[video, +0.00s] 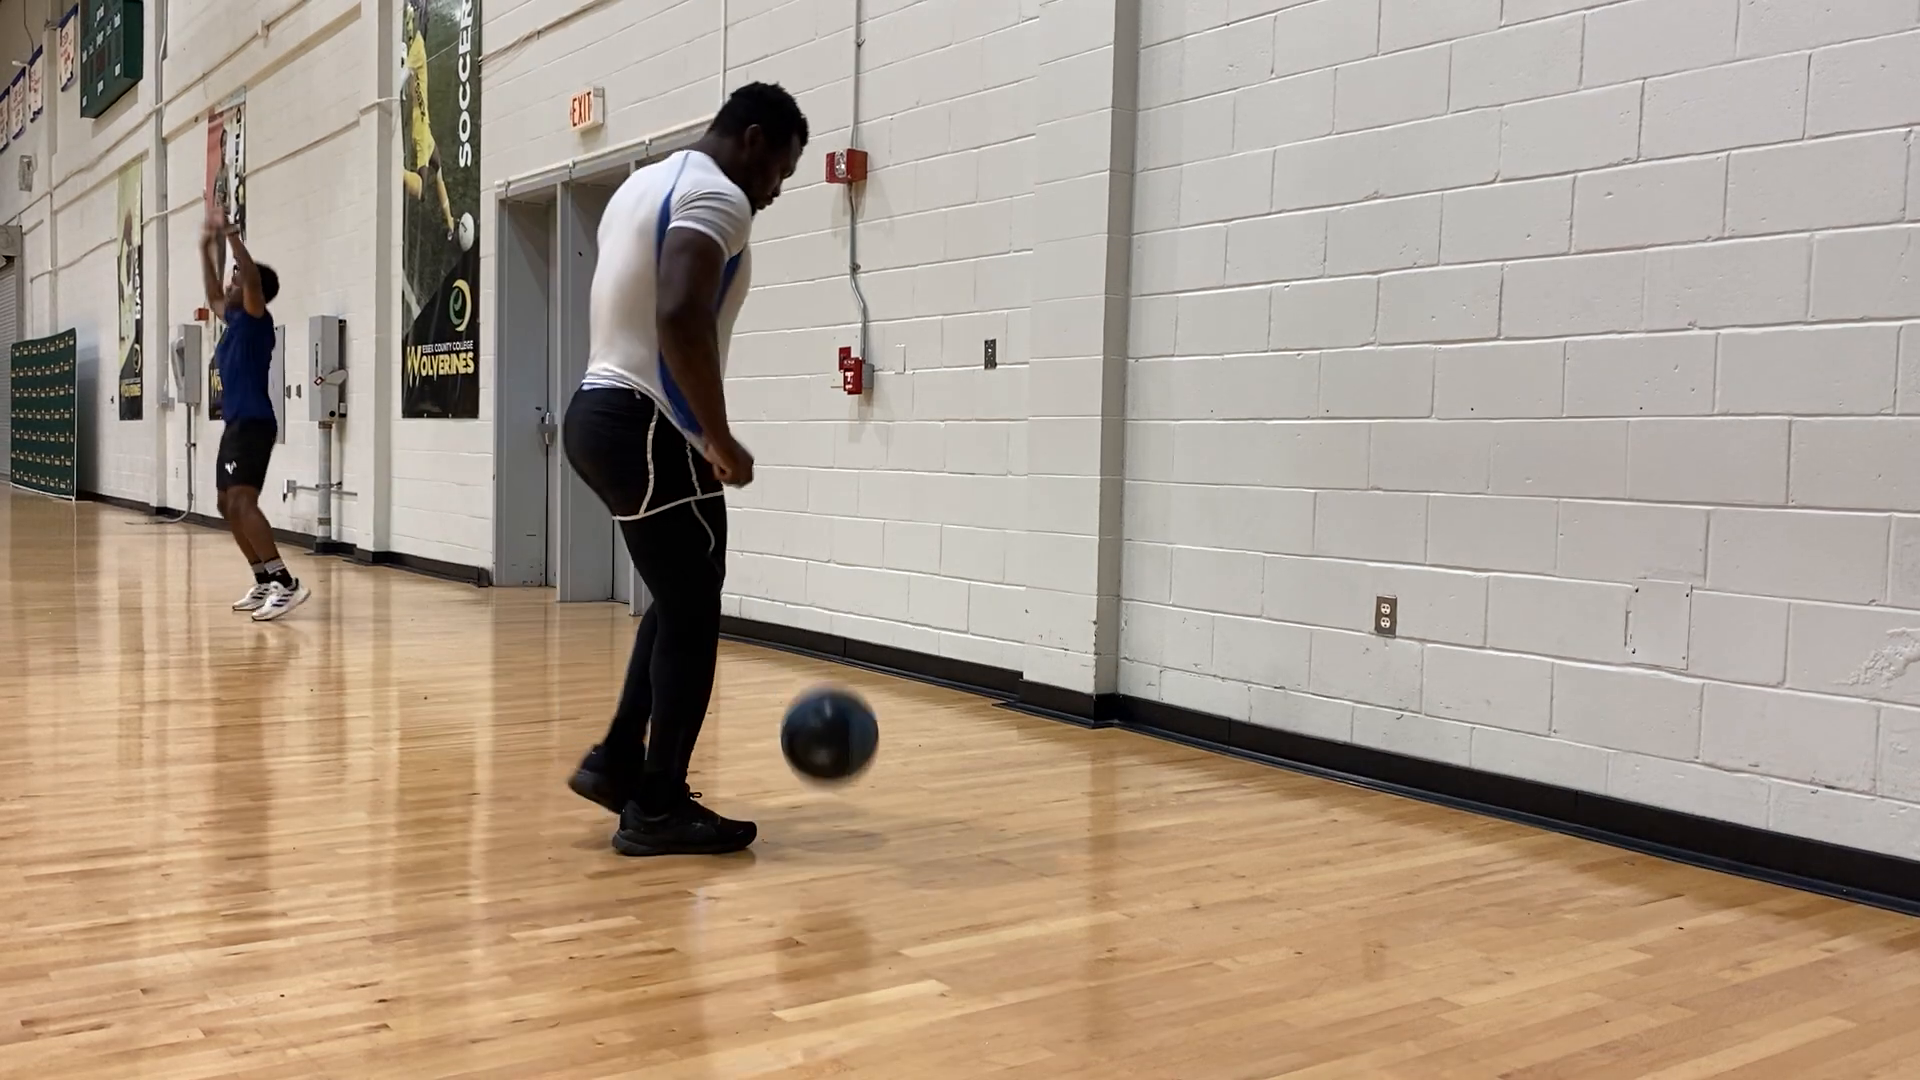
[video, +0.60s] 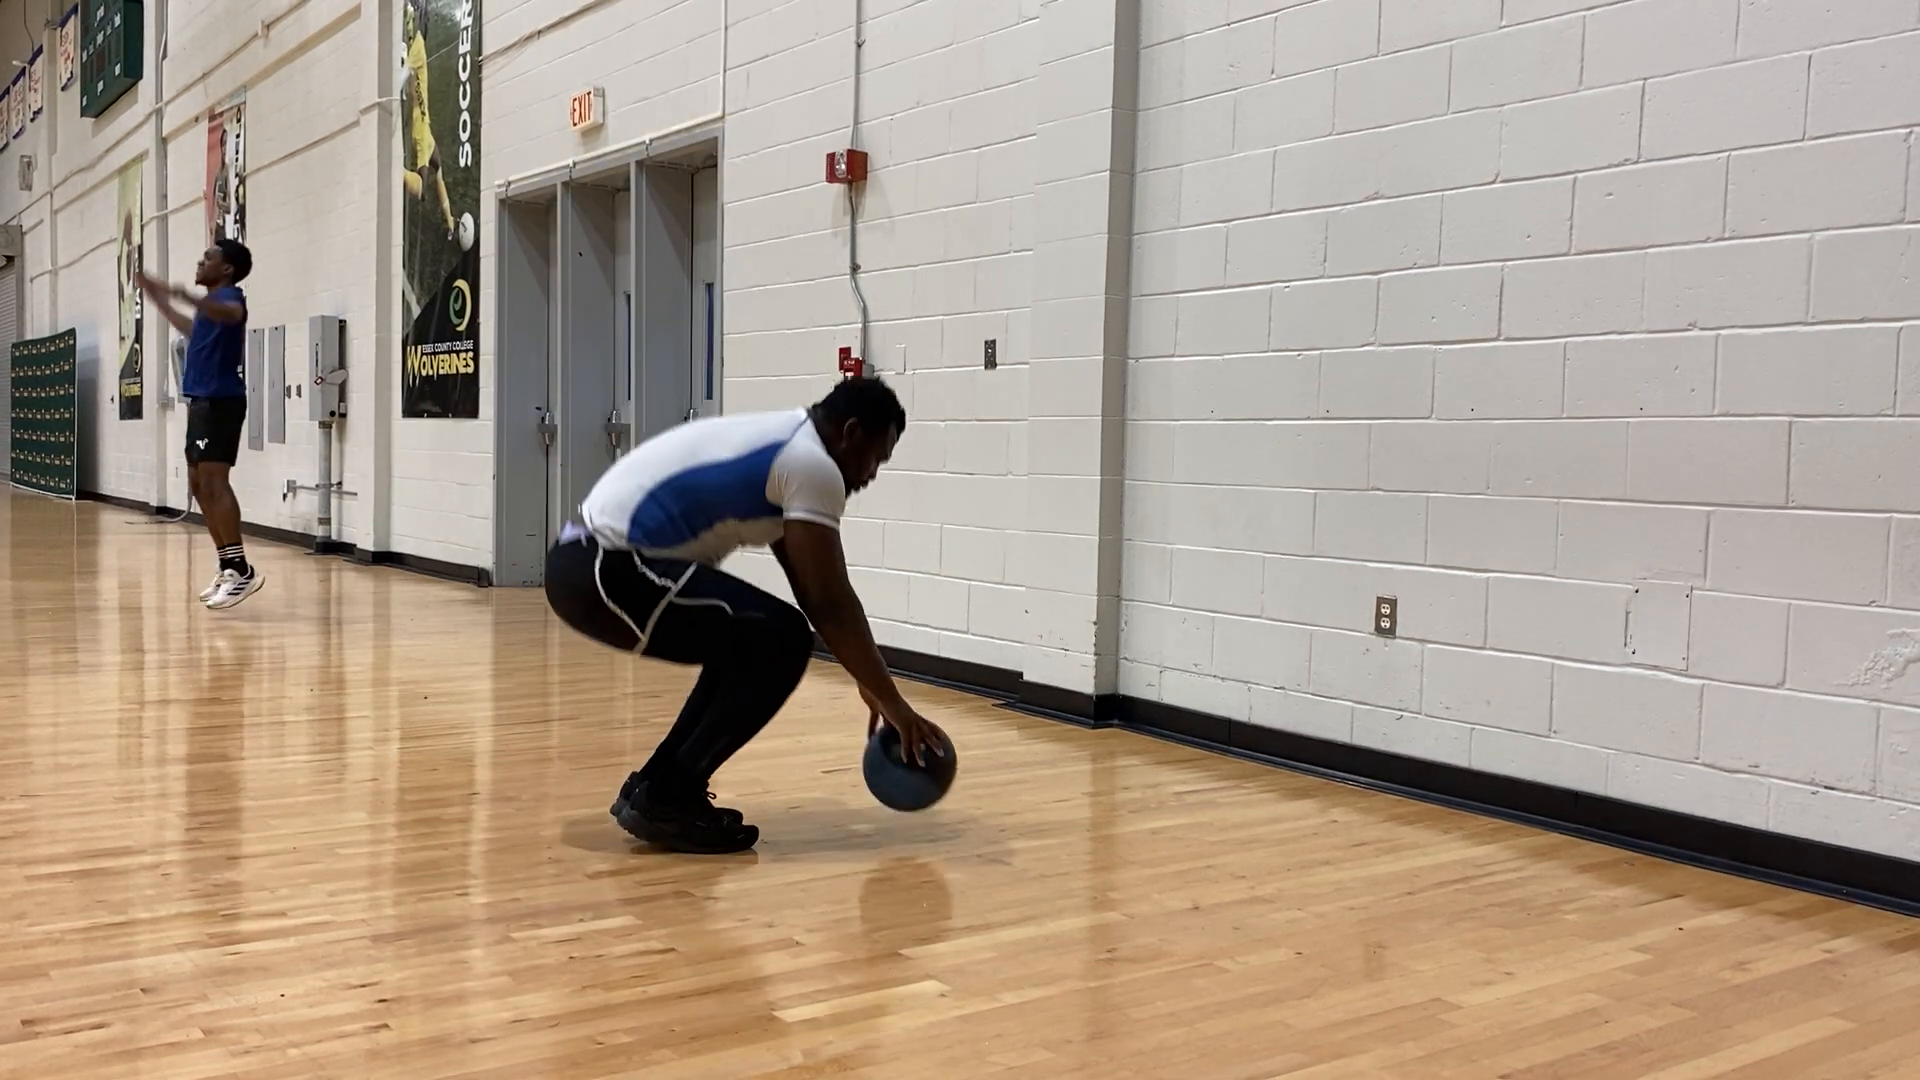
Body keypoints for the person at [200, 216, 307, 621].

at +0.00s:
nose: (230, 280)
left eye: (238, 276)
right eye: (232, 274)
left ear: (255, 289)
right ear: (234, 286)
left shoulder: (255, 320)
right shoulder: (233, 320)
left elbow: (250, 276)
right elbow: (214, 293)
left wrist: (231, 234)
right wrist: (207, 245)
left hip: (254, 424)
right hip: (235, 425)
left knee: (243, 502)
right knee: (227, 505)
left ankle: (284, 583)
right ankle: (263, 581)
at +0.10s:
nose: (227, 267)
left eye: (235, 262)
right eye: (228, 262)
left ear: (254, 272)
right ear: (234, 270)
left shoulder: (257, 303)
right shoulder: (232, 312)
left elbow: (241, 287)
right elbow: (209, 320)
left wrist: (215, 268)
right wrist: (177, 289)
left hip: (247, 403)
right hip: (228, 405)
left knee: (239, 485)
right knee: (226, 486)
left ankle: (271, 571)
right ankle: (254, 569)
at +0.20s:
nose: (218, 264)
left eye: (226, 261)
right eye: (221, 259)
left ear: (244, 272)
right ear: (234, 271)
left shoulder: (247, 302)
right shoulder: (228, 307)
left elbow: (262, 339)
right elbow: (221, 358)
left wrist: (233, 355)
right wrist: (183, 362)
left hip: (241, 402)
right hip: (226, 402)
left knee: (228, 486)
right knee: (226, 486)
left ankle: (255, 572)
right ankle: (251, 571)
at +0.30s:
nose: (210, 285)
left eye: (218, 282)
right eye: (212, 280)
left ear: (235, 294)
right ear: (223, 293)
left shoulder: (240, 328)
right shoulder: (223, 329)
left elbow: (261, 383)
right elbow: (225, 395)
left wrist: (235, 425)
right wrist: (202, 426)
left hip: (242, 425)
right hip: (226, 425)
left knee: (215, 506)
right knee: (214, 506)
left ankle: (255, 585)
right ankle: (254, 584)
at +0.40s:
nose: (203, 295)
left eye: (211, 290)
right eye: (206, 289)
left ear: (231, 303)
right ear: (223, 303)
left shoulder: (234, 340)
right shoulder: (218, 340)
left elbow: (253, 393)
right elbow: (222, 405)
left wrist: (218, 438)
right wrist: (199, 440)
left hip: (240, 438)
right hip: (227, 437)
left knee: (207, 514)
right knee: (203, 515)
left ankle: (257, 590)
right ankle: (254, 587)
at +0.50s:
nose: (205, 268)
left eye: (213, 265)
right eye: (208, 263)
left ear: (231, 277)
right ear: (222, 275)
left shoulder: (233, 309)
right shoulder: (216, 312)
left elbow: (240, 356)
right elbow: (213, 365)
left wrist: (191, 375)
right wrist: (173, 379)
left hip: (227, 410)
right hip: (211, 410)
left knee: (214, 491)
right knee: (205, 492)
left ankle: (244, 579)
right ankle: (244, 576)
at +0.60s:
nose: (201, 261)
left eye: (209, 258)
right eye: (204, 256)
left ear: (227, 269)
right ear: (220, 268)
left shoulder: (229, 295)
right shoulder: (210, 303)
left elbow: (231, 313)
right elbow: (191, 328)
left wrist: (182, 294)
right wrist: (156, 298)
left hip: (220, 402)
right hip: (202, 401)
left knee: (213, 484)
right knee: (200, 486)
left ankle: (241, 572)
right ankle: (228, 569)